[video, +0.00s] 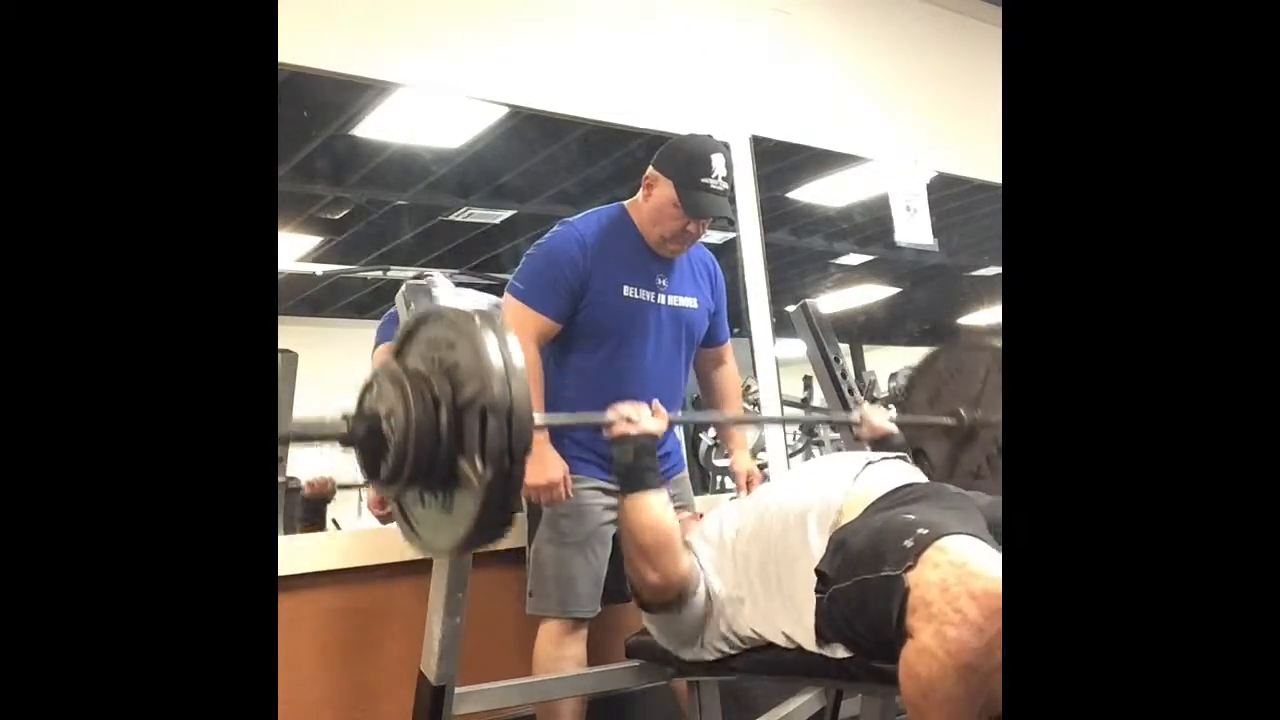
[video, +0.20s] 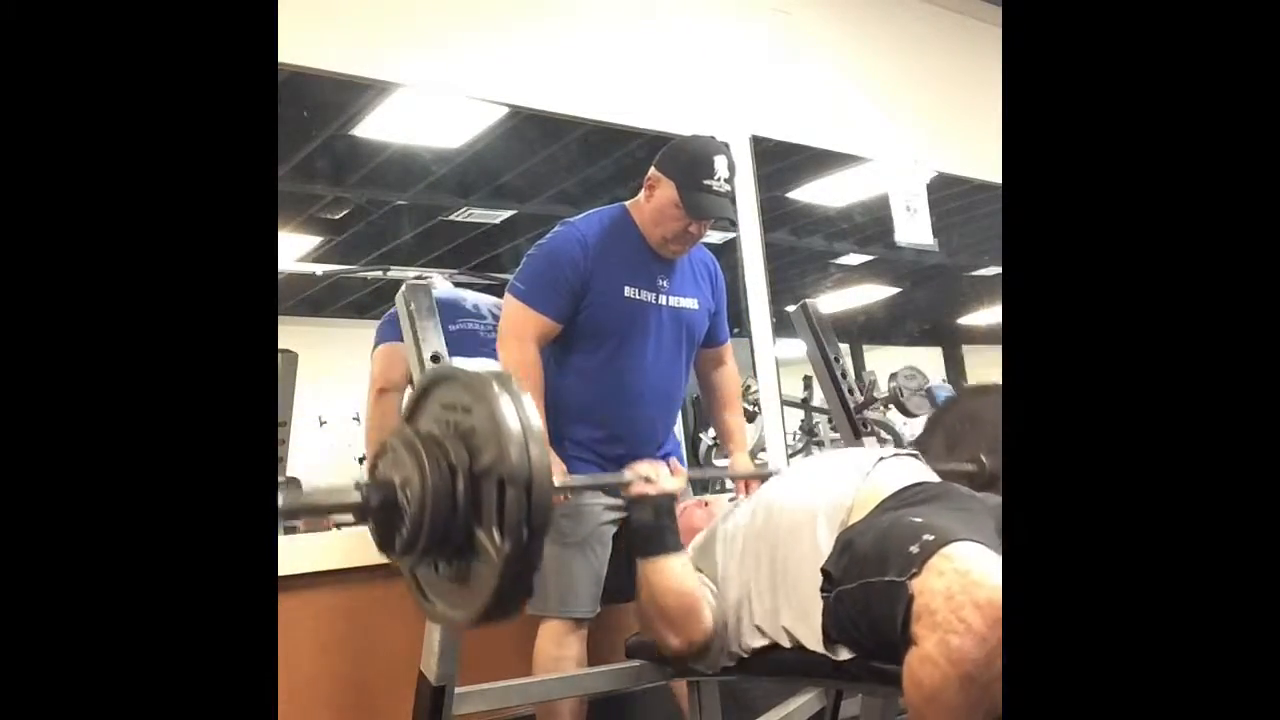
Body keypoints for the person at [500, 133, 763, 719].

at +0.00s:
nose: (699, 227)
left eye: (708, 218)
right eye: (689, 211)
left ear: (717, 214)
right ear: (650, 186)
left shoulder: (704, 269)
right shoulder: (575, 246)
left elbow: (718, 364)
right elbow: (516, 340)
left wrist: (739, 449)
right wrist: (535, 444)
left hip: (661, 473)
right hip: (579, 469)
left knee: (634, 614)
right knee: (568, 620)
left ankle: (616, 715)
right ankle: (563, 718)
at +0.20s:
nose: (700, 230)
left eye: (709, 219)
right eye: (691, 213)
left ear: (717, 215)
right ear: (653, 187)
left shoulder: (705, 270)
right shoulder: (577, 245)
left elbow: (717, 365)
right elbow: (518, 339)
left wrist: (738, 451)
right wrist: (538, 449)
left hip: (656, 469)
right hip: (576, 468)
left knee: (627, 614)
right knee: (568, 620)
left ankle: (606, 711)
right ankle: (561, 717)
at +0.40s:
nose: (701, 230)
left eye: (711, 220)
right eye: (693, 214)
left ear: (718, 216)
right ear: (655, 188)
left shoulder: (706, 270)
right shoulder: (578, 246)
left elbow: (718, 366)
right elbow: (518, 339)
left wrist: (738, 451)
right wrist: (538, 452)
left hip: (661, 468)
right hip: (579, 467)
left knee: (681, 614)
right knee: (569, 619)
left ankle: (688, 713)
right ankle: (560, 715)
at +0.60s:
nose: (702, 230)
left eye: (712, 221)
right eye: (693, 213)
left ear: (720, 217)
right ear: (656, 188)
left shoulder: (708, 270)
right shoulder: (579, 245)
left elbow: (719, 366)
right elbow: (518, 338)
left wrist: (741, 449)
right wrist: (539, 450)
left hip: (661, 474)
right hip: (580, 472)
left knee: (654, 617)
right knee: (569, 621)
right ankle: (564, 717)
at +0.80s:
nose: (703, 227)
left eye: (713, 218)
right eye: (695, 211)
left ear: (723, 214)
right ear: (656, 185)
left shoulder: (709, 269)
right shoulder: (579, 245)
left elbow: (722, 366)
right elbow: (521, 338)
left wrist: (743, 451)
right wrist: (535, 441)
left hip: (662, 469)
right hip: (580, 467)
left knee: (644, 610)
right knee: (569, 620)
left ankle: (626, 715)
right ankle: (563, 717)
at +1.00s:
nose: (704, 228)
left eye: (713, 218)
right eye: (695, 211)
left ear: (722, 215)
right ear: (656, 187)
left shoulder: (709, 270)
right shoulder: (580, 245)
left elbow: (721, 365)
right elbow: (520, 337)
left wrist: (743, 451)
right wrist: (537, 443)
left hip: (662, 471)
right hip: (580, 467)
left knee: (648, 611)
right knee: (570, 620)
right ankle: (564, 717)